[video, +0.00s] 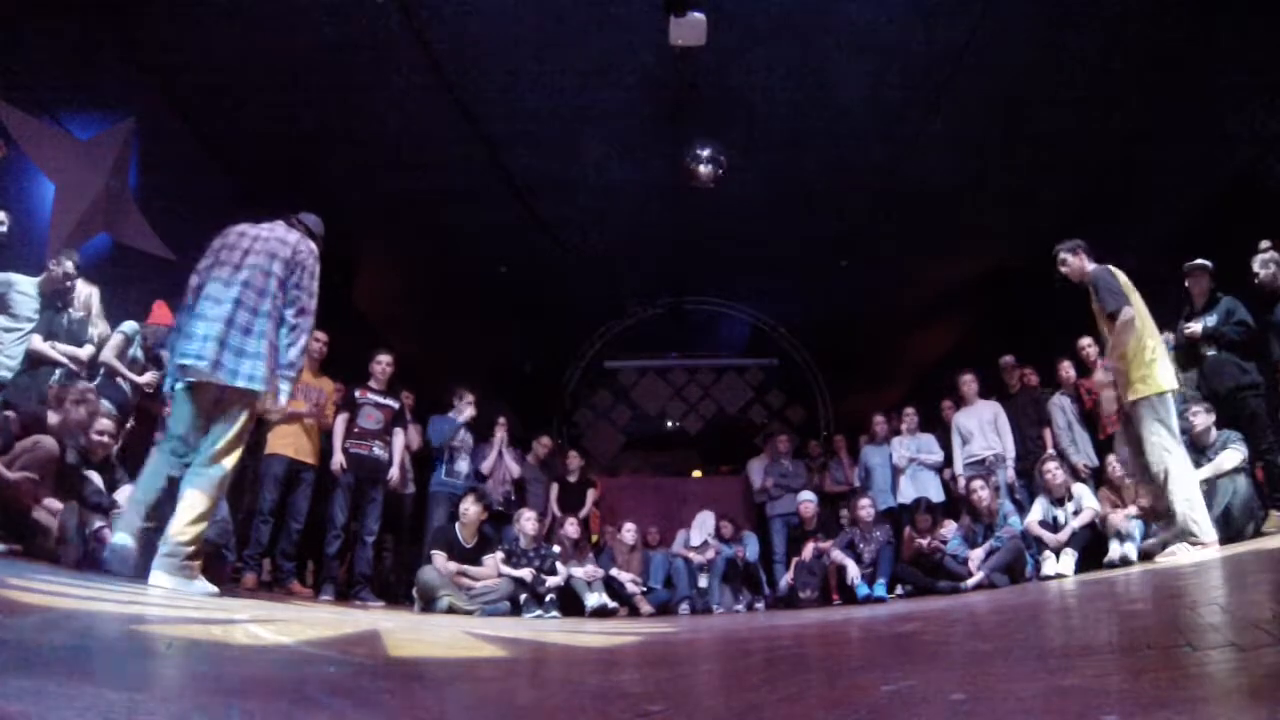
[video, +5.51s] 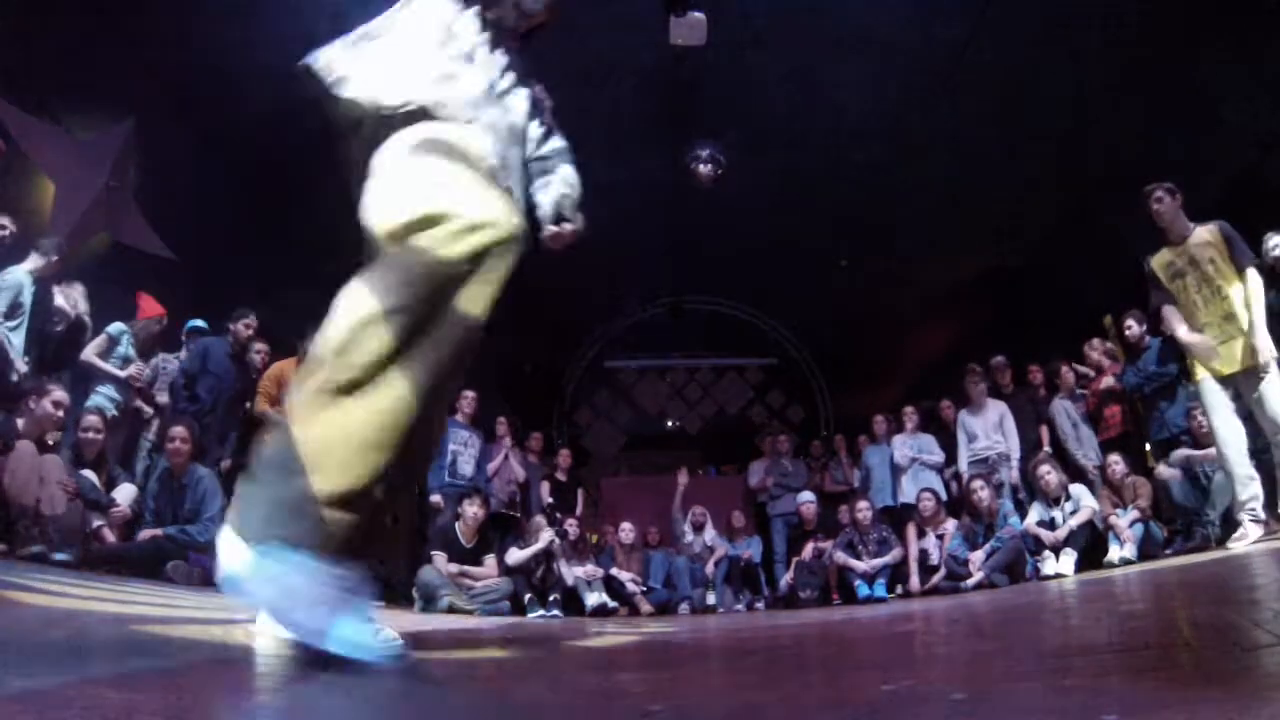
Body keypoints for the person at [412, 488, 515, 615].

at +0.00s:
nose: (465, 508)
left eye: (473, 505)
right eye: (464, 502)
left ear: (483, 515)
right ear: (459, 506)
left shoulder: (485, 539)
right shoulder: (443, 533)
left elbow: (492, 572)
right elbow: (440, 566)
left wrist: (460, 568)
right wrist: (474, 584)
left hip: (476, 590)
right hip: (446, 588)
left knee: (507, 585)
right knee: (426, 573)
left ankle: (453, 605)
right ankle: (476, 609)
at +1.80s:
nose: (484, 514)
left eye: (486, 509)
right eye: (478, 508)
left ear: (489, 512)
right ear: (462, 510)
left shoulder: (485, 538)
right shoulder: (442, 533)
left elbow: (493, 572)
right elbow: (442, 570)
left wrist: (462, 569)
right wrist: (474, 584)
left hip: (476, 591)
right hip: (447, 588)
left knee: (506, 585)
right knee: (427, 574)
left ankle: (453, 604)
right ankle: (476, 609)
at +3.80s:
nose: (487, 513)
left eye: (488, 508)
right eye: (482, 507)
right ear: (465, 509)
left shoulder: (484, 536)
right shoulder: (443, 531)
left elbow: (492, 572)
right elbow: (441, 569)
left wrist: (461, 569)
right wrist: (474, 584)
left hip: (477, 590)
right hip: (448, 588)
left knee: (507, 585)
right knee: (427, 572)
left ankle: (456, 605)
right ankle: (476, 609)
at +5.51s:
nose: (475, 511)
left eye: (480, 507)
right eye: (470, 505)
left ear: (485, 514)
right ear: (460, 509)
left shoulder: (485, 537)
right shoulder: (443, 531)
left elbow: (493, 572)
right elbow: (441, 569)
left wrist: (462, 569)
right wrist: (474, 584)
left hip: (477, 590)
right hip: (447, 587)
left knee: (507, 584)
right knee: (426, 573)